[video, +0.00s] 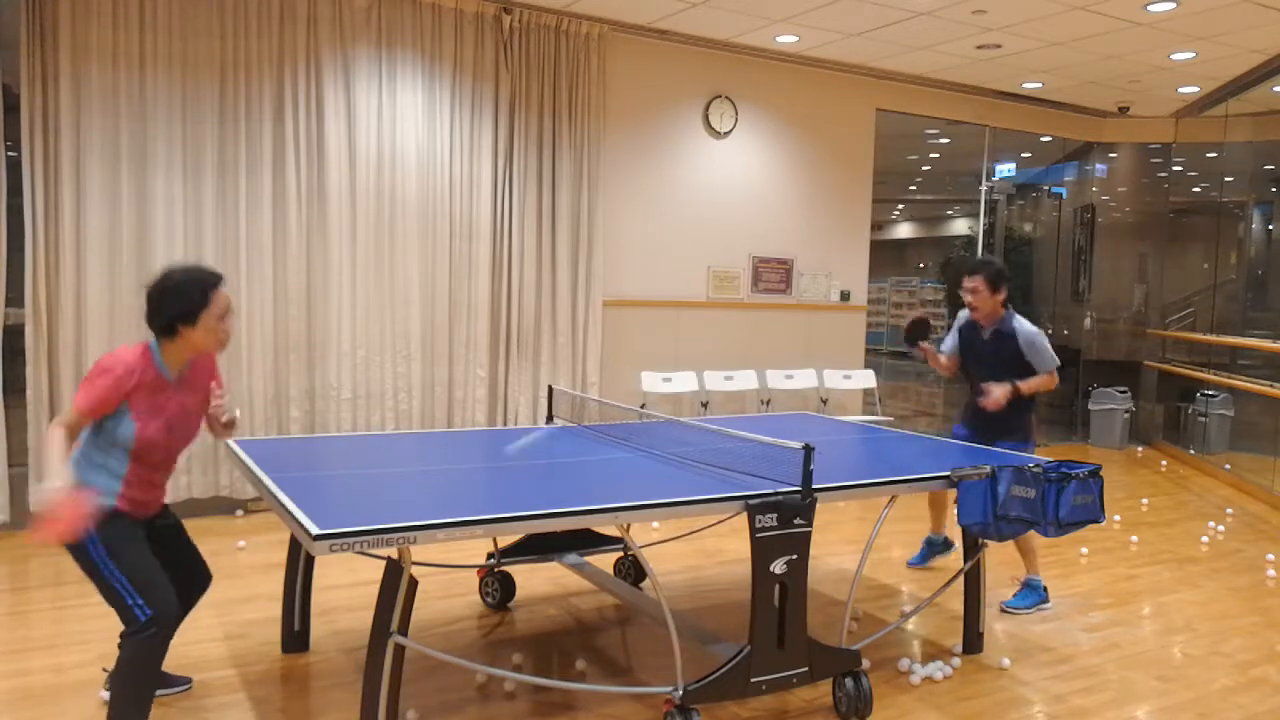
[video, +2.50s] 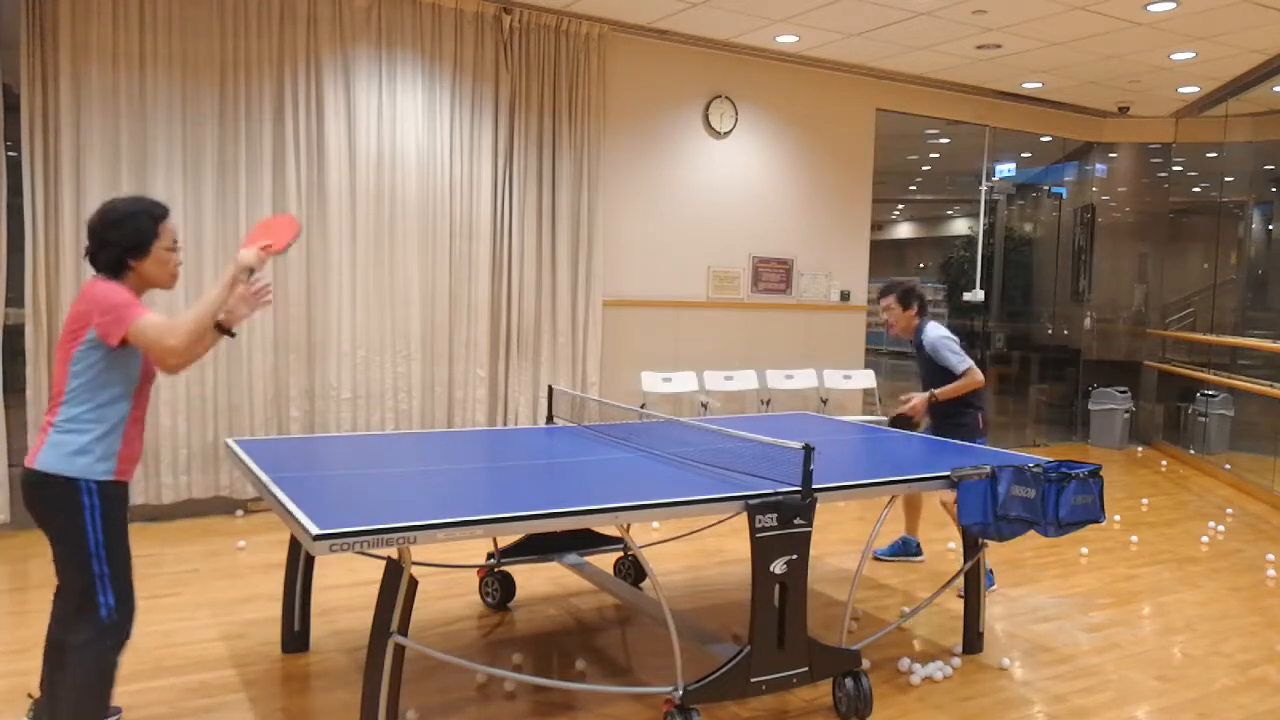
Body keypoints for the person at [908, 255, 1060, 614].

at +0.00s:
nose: (968, 299)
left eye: (976, 292)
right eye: (966, 292)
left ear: (1000, 295)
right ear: (965, 294)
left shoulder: (1025, 333)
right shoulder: (964, 323)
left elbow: (1051, 378)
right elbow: (949, 365)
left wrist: (1011, 388)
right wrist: (928, 351)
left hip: (1012, 435)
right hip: (972, 427)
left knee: (1012, 508)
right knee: (937, 474)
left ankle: (1034, 583)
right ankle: (938, 537)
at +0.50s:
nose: (911, 323)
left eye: (913, 316)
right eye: (910, 316)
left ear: (932, 314)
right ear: (931, 313)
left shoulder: (961, 336)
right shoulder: (946, 340)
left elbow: (1003, 377)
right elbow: (952, 380)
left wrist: (963, 409)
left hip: (996, 437)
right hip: (971, 434)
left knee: (998, 510)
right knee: (939, 477)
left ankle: (1035, 585)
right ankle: (941, 547)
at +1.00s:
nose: (885, 312)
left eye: (892, 306)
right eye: (882, 306)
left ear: (912, 310)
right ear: (879, 308)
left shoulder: (936, 340)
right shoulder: (882, 340)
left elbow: (962, 386)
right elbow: (865, 376)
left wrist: (924, 400)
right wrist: (839, 380)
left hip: (937, 427)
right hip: (901, 425)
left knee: (937, 488)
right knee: (876, 473)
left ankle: (959, 551)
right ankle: (884, 532)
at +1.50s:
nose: (938, 318)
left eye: (944, 311)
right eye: (932, 311)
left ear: (960, 306)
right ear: (925, 308)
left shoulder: (983, 327)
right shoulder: (914, 335)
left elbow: (1005, 355)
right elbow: (897, 382)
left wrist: (1009, 373)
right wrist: (919, 401)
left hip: (972, 423)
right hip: (930, 423)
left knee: (973, 488)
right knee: (901, 475)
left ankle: (973, 562)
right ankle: (903, 534)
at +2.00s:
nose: (915, 308)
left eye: (922, 301)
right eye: (911, 301)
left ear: (943, 306)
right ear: (908, 304)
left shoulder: (966, 338)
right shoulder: (903, 334)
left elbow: (991, 383)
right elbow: (895, 377)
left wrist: (959, 392)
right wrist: (895, 379)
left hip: (955, 425)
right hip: (916, 423)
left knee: (959, 489)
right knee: (893, 475)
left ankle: (977, 560)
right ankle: (908, 540)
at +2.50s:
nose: (885, 318)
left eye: (890, 310)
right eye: (883, 311)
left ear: (912, 309)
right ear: (908, 312)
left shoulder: (934, 336)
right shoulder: (919, 339)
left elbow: (975, 377)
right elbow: (941, 381)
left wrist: (930, 397)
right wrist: (923, 403)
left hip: (963, 430)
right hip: (939, 428)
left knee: (949, 497)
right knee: (909, 477)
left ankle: (981, 568)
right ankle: (910, 541)